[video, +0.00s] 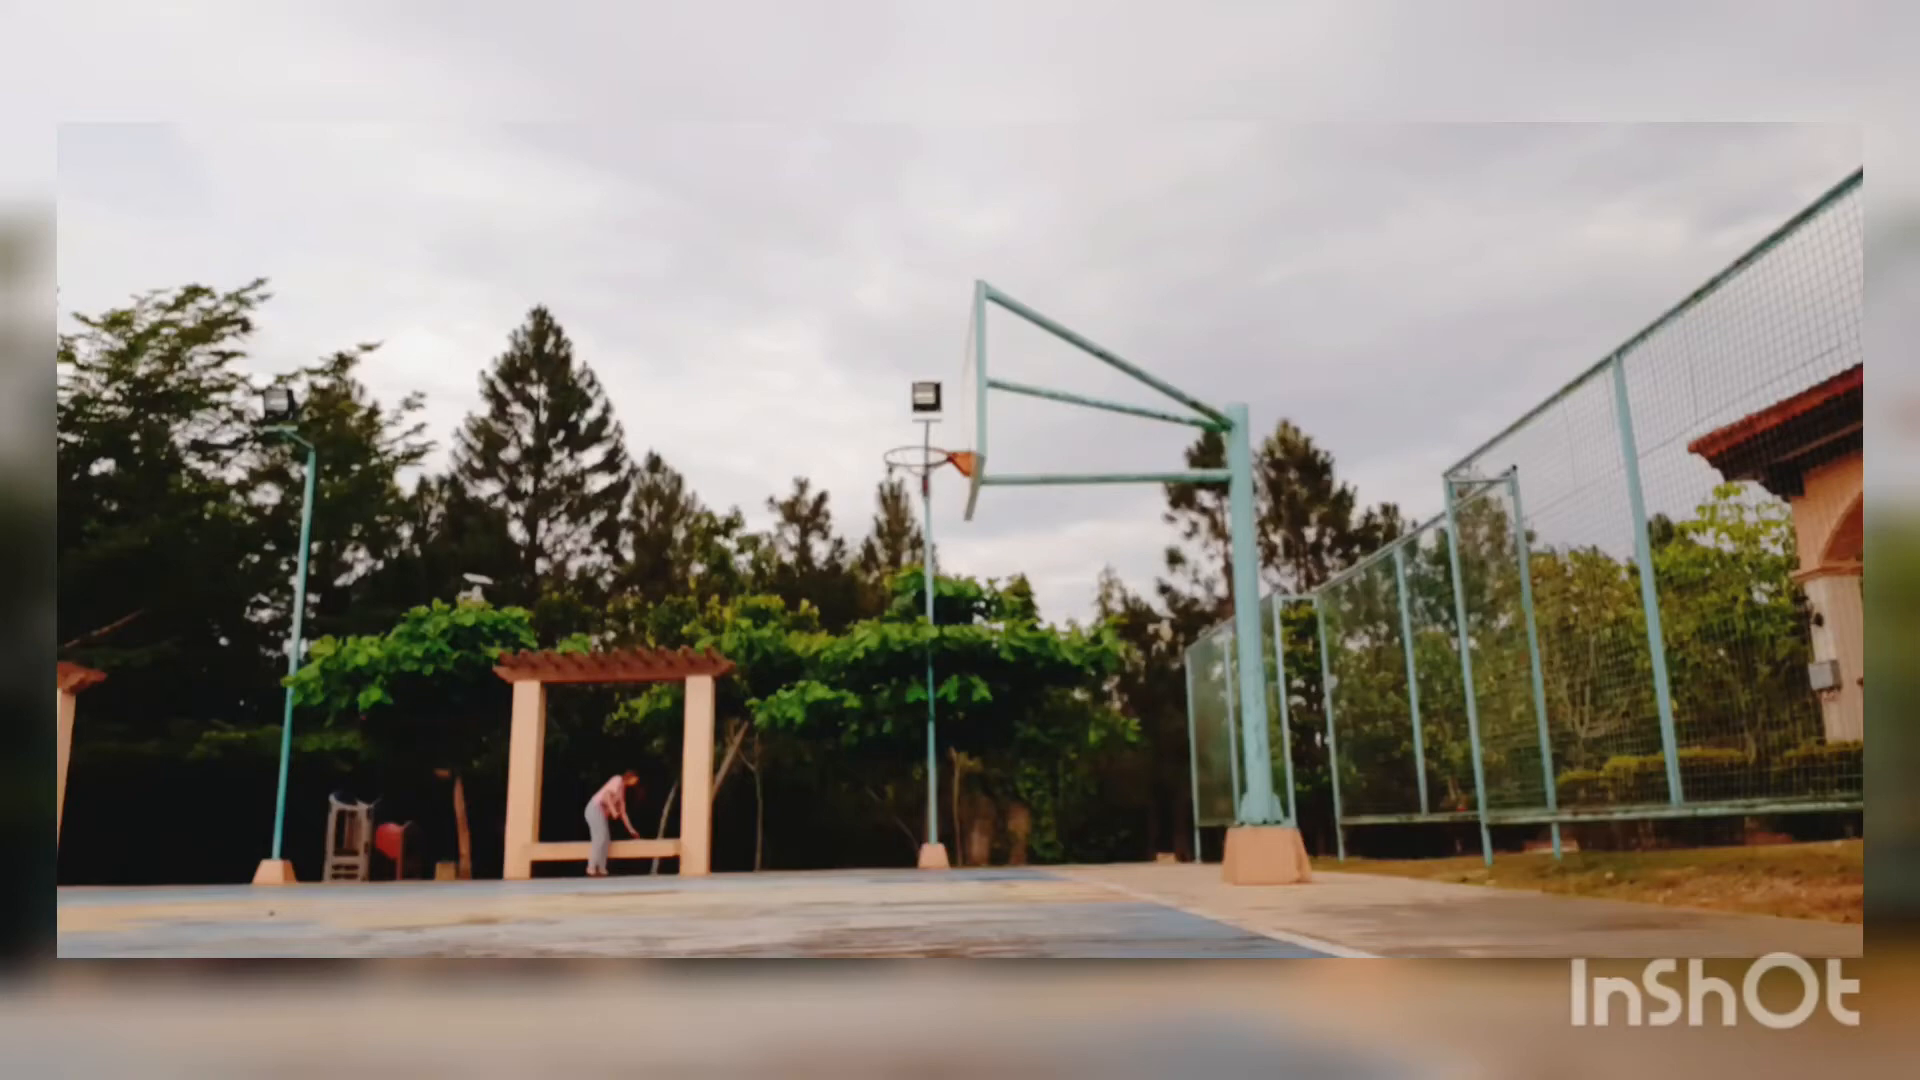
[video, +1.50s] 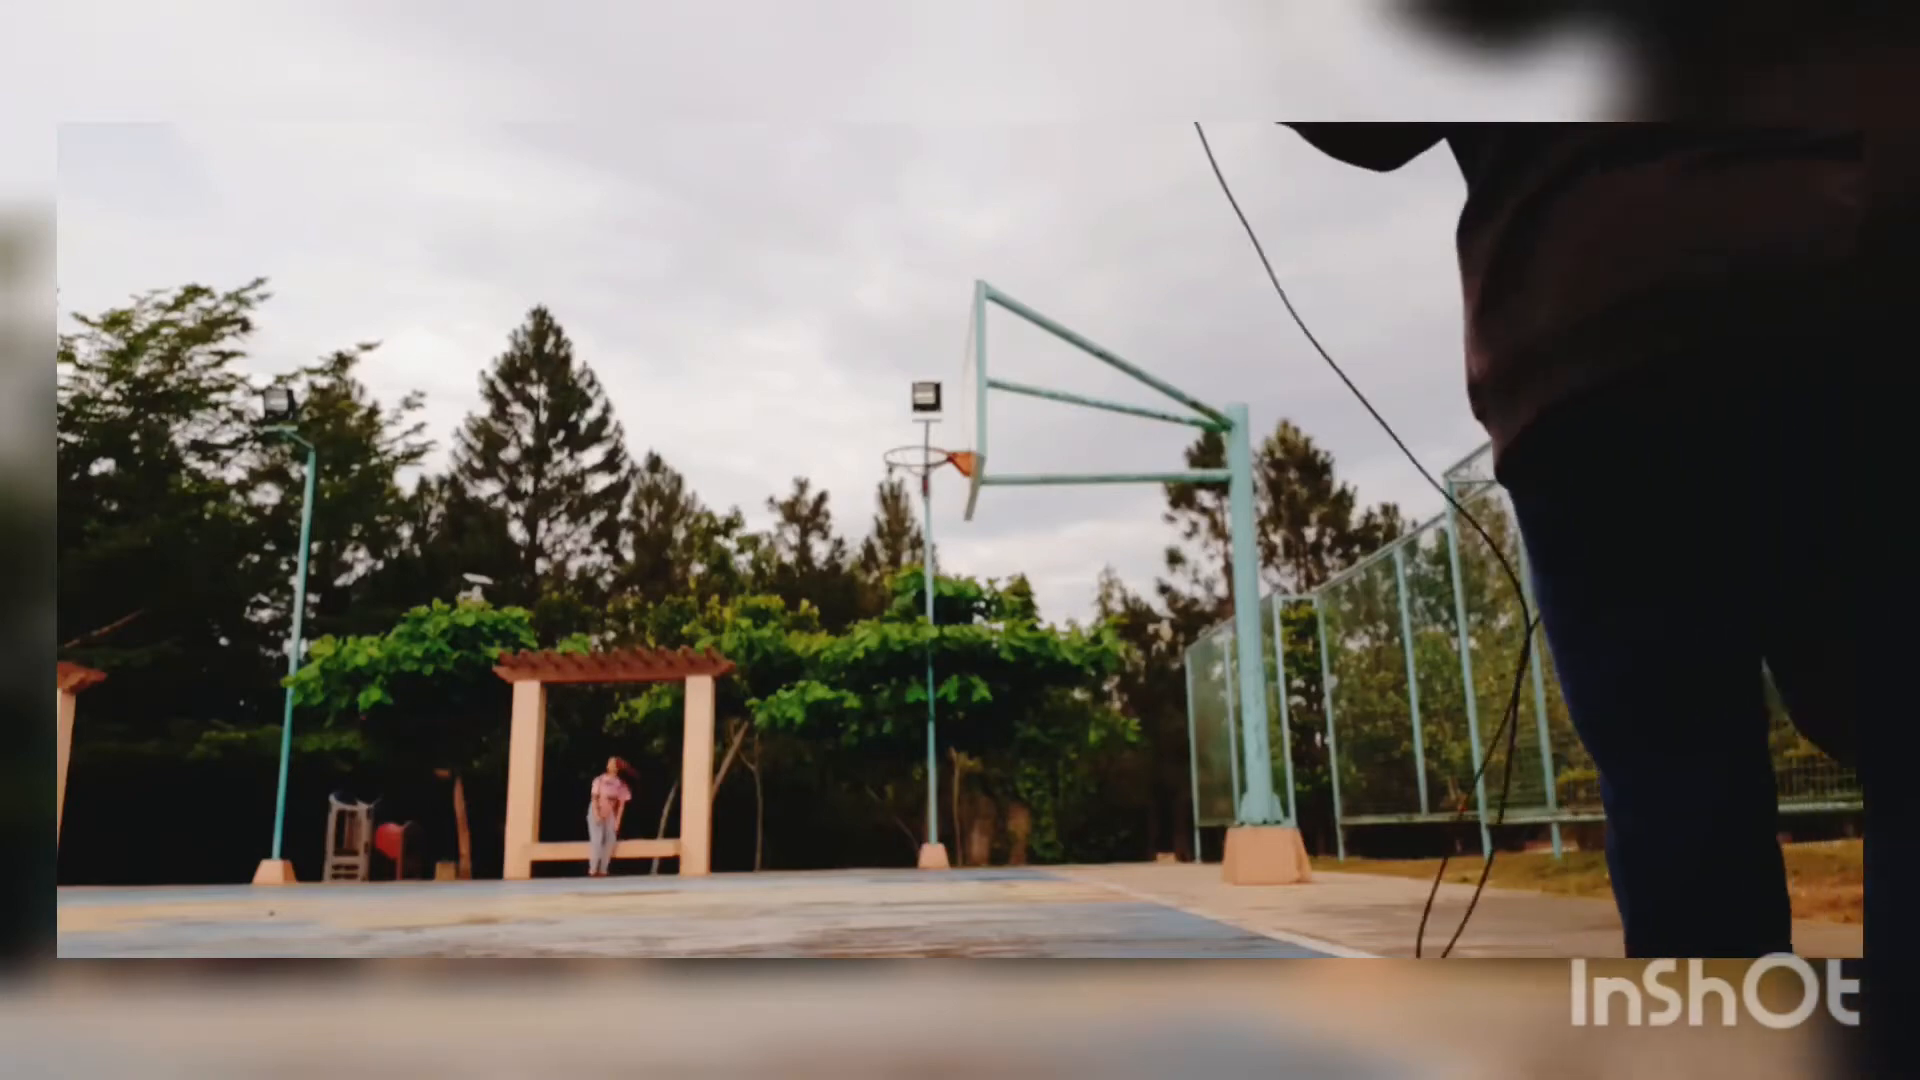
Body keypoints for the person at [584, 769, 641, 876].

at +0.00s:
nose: (634, 783)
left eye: (635, 781)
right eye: (634, 780)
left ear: (631, 779)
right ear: (629, 776)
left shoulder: (621, 789)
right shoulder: (617, 780)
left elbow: (622, 812)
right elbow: (606, 794)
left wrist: (631, 829)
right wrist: (613, 811)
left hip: (602, 811)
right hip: (595, 808)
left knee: (605, 838)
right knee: (600, 837)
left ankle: (601, 867)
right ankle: (592, 866)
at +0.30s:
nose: (636, 784)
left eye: (637, 782)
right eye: (635, 781)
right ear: (631, 778)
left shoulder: (622, 791)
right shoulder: (619, 780)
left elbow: (623, 813)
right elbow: (607, 792)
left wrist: (630, 830)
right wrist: (608, 807)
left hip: (603, 810)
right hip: (596, 807)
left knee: (606, 838)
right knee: (600, 836)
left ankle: (602, 866)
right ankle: (592, 866)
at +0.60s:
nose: (635, 784)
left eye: (637, 782)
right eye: (635, 781)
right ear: (631, 778)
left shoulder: (623, 791)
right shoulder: (620, 780)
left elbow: (623, 813)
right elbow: (607, 793)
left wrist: (630, 831)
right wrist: (609, 808)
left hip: (603, 810)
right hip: (596, 807)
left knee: (607, 838)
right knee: (600, 836)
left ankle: (601, 866)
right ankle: (592, 865)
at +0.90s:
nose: (634, 781)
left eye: (636, 780)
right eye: (634, 778)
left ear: (633, 779)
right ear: (629, 775)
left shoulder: (622, 789)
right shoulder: (617, 780)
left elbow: (619, 811)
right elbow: (606, 793)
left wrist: (622, 828)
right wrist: (609, 808)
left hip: (604, 810)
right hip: (596, 807)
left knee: (605, 838)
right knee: (600, 836)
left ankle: (601, 866)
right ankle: (592, 866)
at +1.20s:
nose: (630, 771)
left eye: (632, 769)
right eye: (628, 767)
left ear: (633, 772)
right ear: (623, 767)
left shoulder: (622, 787)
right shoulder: (611, 778)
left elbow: (619, 807)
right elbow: (600, 794)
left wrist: (617, 826)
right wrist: (602, 810)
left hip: (607, 812)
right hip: (596, 808)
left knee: (607, 838)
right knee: (597, 837)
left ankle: (602, 867)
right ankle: (591, 867)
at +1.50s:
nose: (610, 767)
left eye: (613, 764)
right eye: (609, 764)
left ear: (618, 767)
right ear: (607, 765)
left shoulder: (621, 785)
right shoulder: (599, 781)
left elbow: (621, 805)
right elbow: (594, 798)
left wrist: (618, 821)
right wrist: (596, 814)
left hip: (611, 811)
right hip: (596, 809)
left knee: (611, 839)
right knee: (596, 838)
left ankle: (604, 868)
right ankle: (593, 867)